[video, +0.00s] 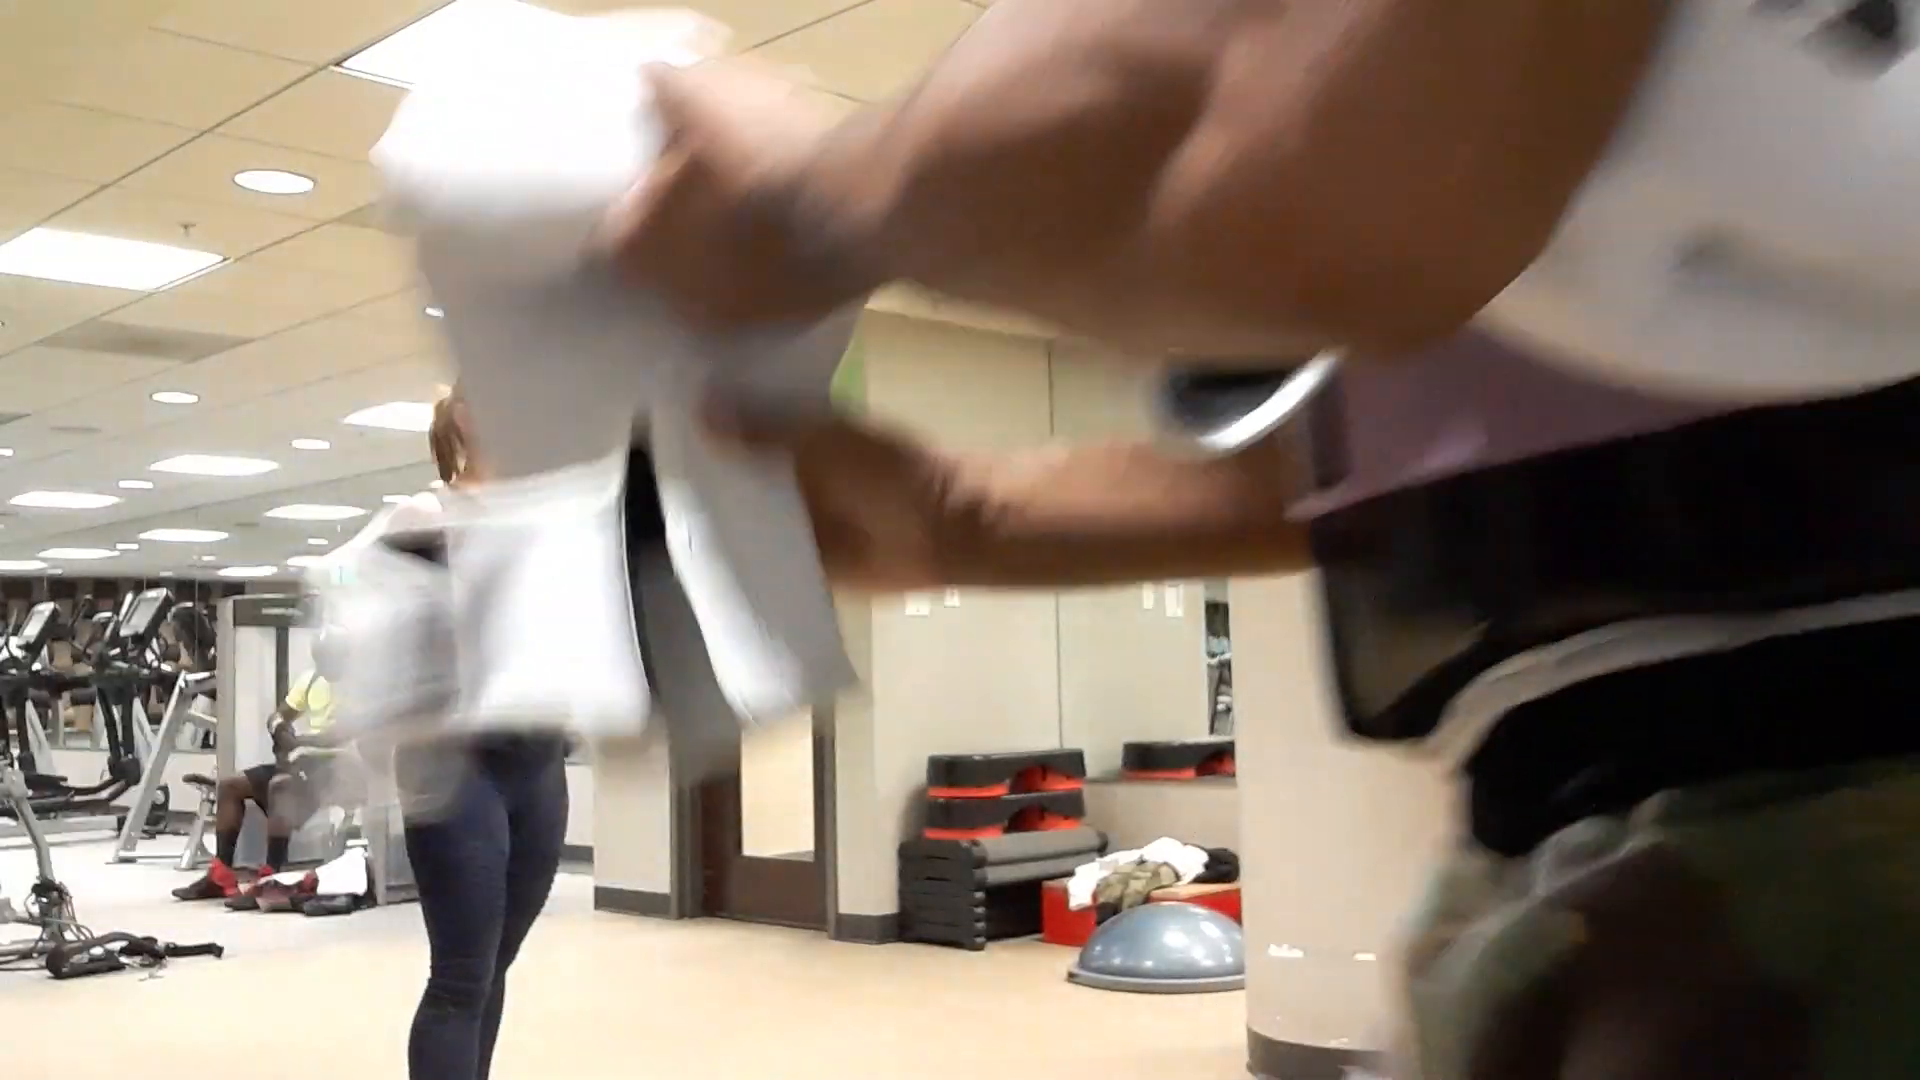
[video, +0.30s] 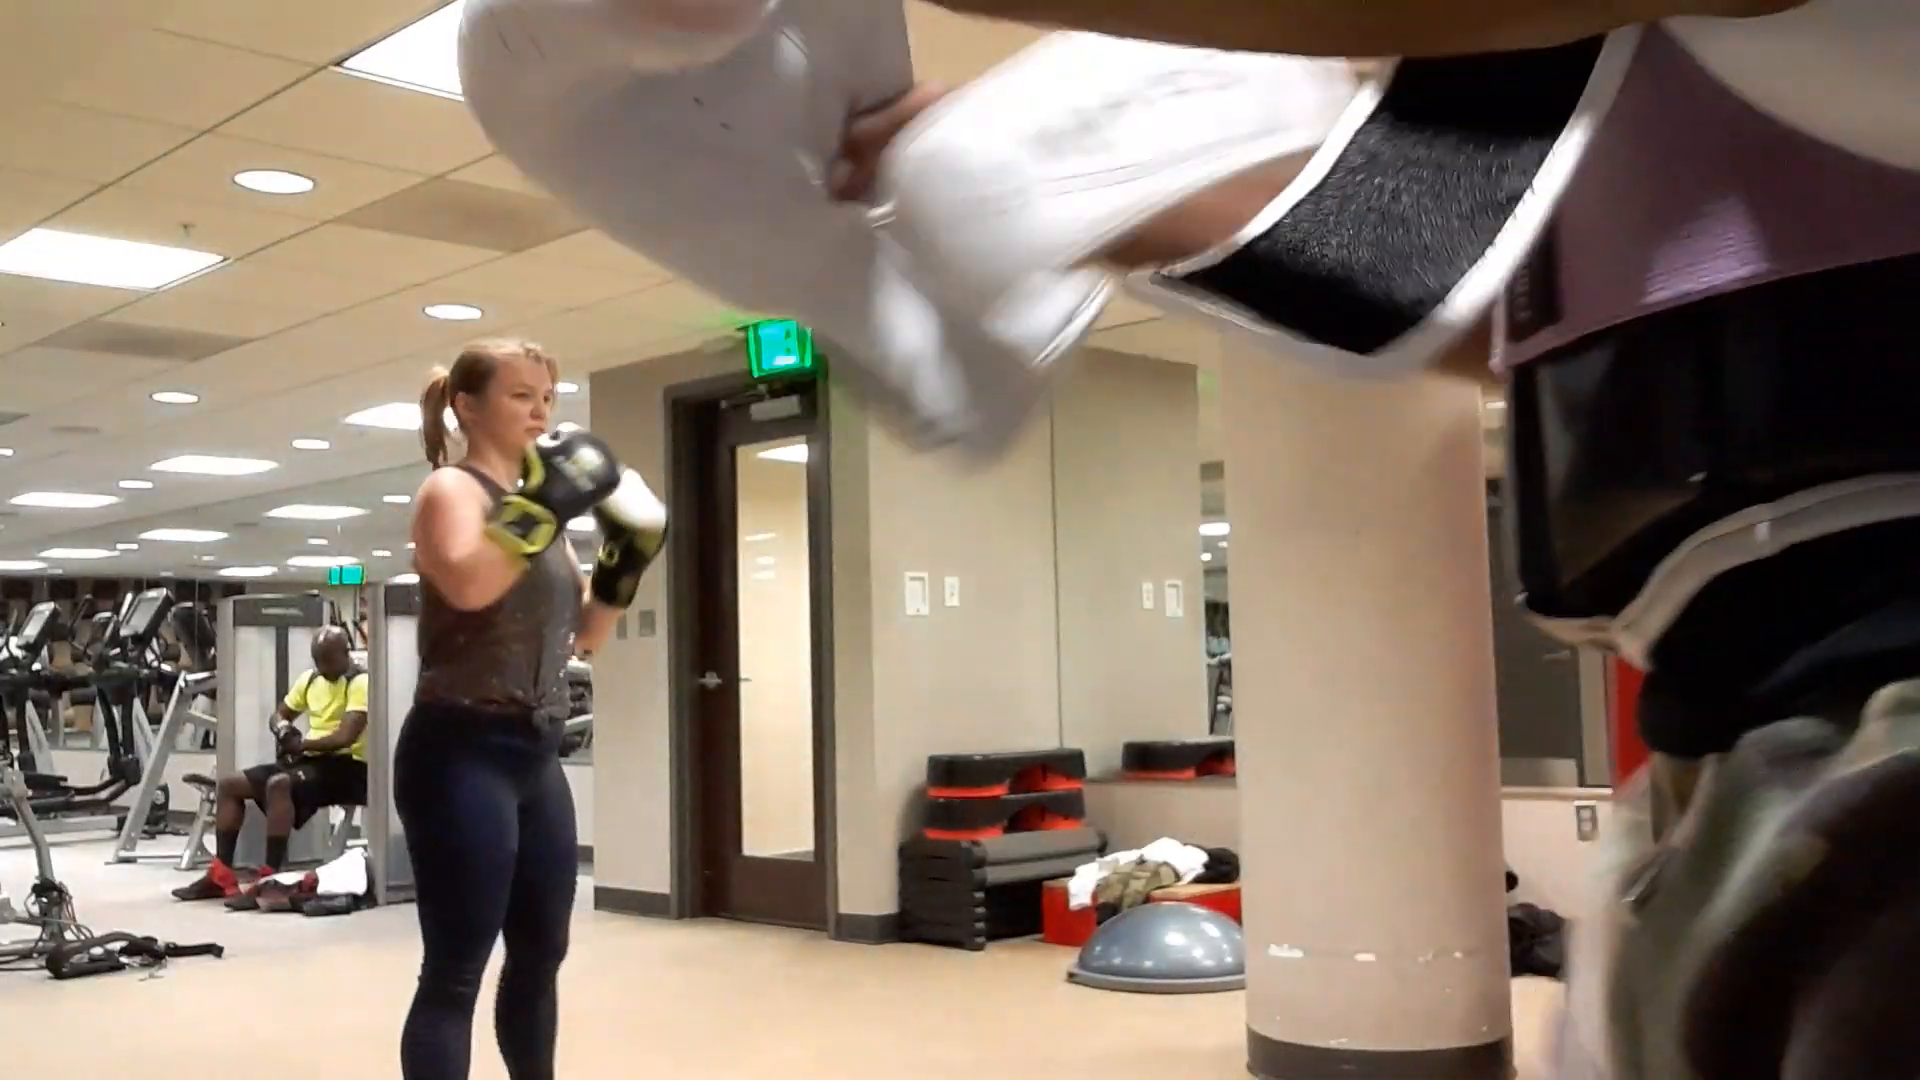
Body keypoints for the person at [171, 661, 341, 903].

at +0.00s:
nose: (324, 667)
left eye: (329, 659)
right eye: (319, 659)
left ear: (343, 656)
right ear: (314, 656)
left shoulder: (357, 684)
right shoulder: (312, 679)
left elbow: (350, 730)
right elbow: (280, 715)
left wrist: (299, 741)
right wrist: (280, 730)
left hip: (345, 769)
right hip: (307, 766)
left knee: (282, 788)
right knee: (230, 787)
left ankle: (272, 880)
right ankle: (221, 876)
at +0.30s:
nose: (322, 668)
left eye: (328, 661)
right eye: (318, 661)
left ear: (346, 654)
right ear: (314, 656)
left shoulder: (361, 682)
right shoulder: (310, 679)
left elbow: (347, 737)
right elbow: (279, 717)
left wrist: (303, 744)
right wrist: (284, 729)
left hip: (346, 767)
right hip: (310, 764)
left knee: (279, 785)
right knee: (229, 786)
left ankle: (269, 880)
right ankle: (221, 875)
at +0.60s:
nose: (320, 672)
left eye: (325, 666)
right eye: (315, 666)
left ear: (341, 657)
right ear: (310, 660)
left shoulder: (359, 689)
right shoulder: (306, 681)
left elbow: (359, 751)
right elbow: (284, 720)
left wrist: (309, 750)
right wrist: (275, 731)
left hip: (344, 772)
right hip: (309, 765)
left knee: (270, 787)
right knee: (229, 786)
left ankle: (268, 882)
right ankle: (220, 876)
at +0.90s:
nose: (294, 687)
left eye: (299, 680)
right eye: (291, 681)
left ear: (315, 674)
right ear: (289, 677)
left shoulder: (341, 700)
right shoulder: (287, 689)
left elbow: (351, 762)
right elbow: (274, 722)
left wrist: (314, 798)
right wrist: (252, 745)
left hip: (335, 769)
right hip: (305, 765)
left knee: (270, 784)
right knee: (228, 785)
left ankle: (270, 880)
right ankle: (225, 874)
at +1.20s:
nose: (233, 731)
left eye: (237, 726)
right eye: (230, 725)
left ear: (252, 721)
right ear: (229, 717)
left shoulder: (285, 726)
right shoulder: (236, 712)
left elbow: (293, 787)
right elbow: (200, 752)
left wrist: (280, 841)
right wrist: (181, 791)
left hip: (334, 758)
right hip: (291, 760)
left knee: (265, 789)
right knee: (218, 791)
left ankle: (268, 880)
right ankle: (233, 874)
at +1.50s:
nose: (212, 709)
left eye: (213, 702)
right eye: (206, 705)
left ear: (225, 685)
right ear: (199, 698)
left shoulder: (265, 701)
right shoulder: (206, 695)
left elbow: (287, 762)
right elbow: (197, 737)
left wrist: (282, 821)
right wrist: (187, 777)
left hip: (315, 728)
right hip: (273, 731)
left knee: (259, 792)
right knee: (214, 792)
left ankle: (272, 882)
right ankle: (232, 873)